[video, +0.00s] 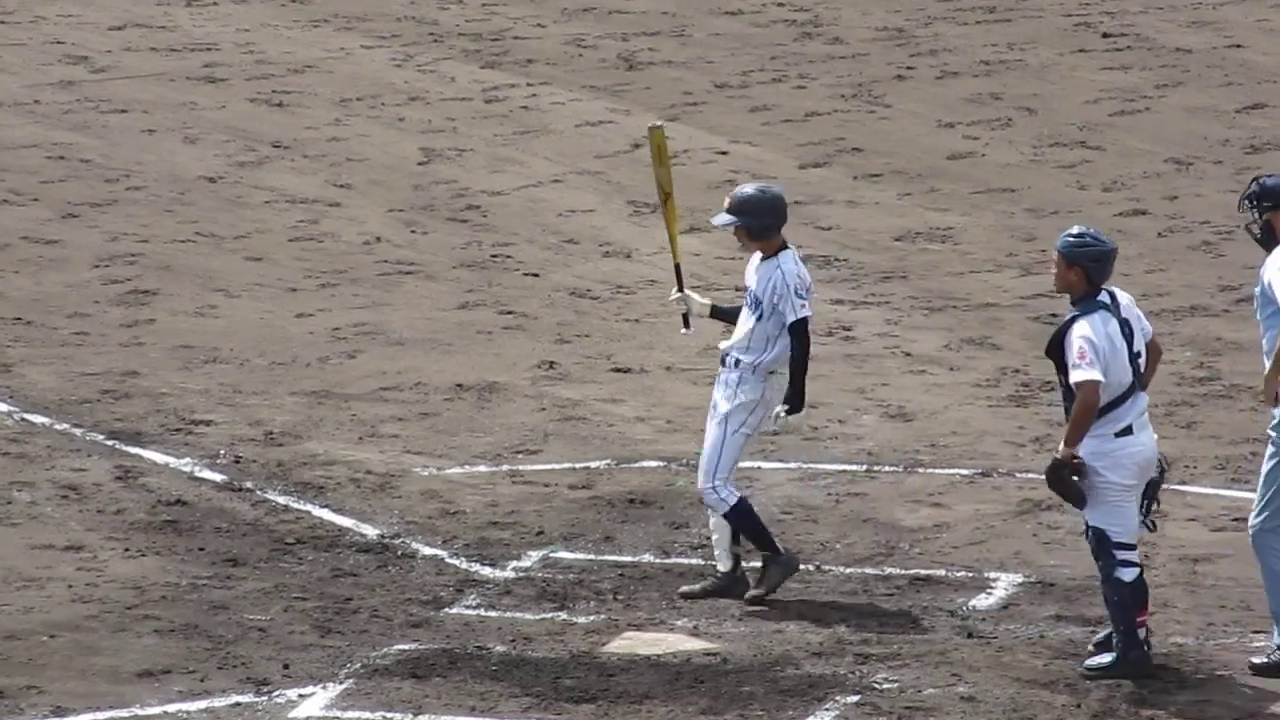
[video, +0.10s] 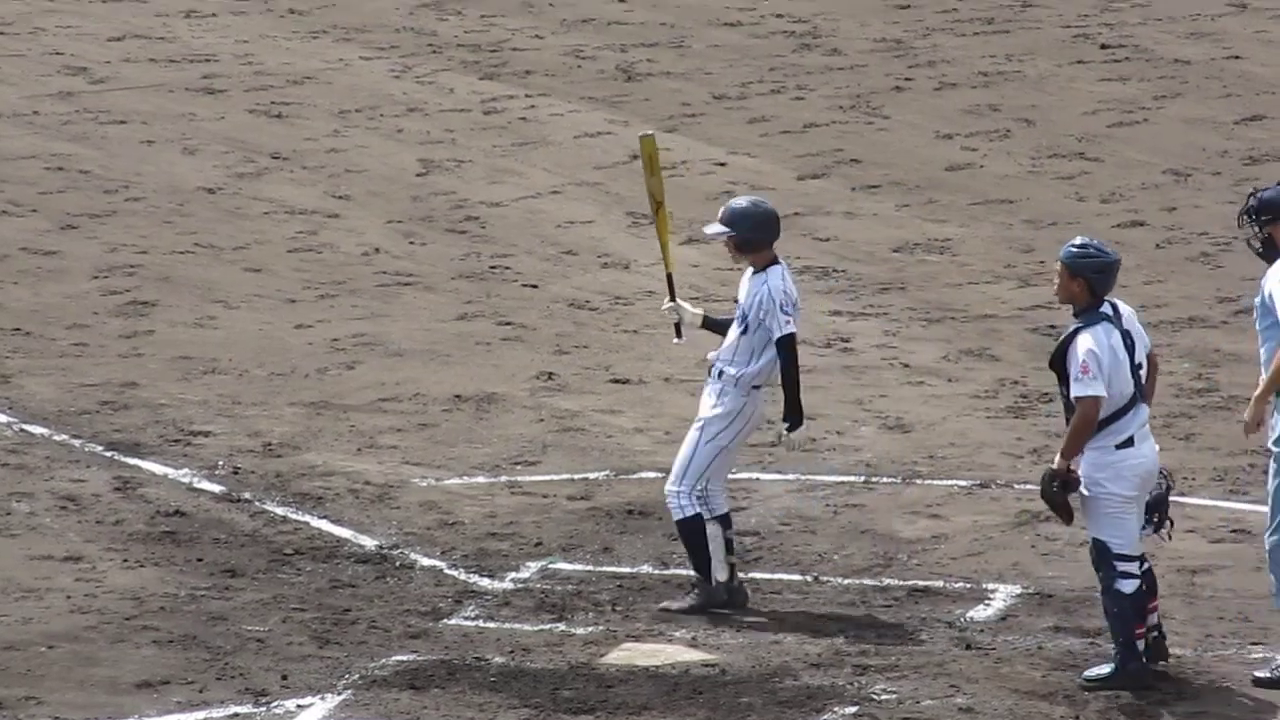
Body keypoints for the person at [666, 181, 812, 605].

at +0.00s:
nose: (735, 233)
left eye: (739, 227)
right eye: (734, 226)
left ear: (760, 227)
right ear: (762, 226)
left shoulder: (788, 273)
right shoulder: (760, 260)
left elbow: (800, 338)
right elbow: (753, 315)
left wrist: (795, 398)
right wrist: (706, 307)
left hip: (751, 387)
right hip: (731, 380)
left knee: (714, 485)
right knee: (710, 481)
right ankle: (728, 573)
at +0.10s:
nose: (725, 243)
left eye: (730, 237)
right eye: (725, 236)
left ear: (748, 239)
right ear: (761, 238)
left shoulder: (774, 287)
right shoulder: (757, 276)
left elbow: (787, 350)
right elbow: (744, 327)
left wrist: (793, 411)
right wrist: (698, 318)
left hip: (735, 399)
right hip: (726, 394)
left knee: (681, 489)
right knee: (708, 487)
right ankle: (725, 580)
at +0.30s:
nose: (722, 290)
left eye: (727, 284)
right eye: (722, 283)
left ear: (746, 288)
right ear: (757, 289)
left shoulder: (769, 337)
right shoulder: (755, 325)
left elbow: (780, 401)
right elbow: (734, 374)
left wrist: (772, 458)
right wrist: (687, 363)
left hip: (723, 446)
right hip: (720, 440)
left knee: (655, 523)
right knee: (694, 529)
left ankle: (624, 617)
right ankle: (725, 622)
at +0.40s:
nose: (722, 302)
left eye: (727, 295)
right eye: (722, 294)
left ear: (746, 298)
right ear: (757, 299)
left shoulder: (769, 347)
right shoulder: (753, 335)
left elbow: (778, 412)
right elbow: (733, 384)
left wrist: (760, 467)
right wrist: (684, 374)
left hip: (721, 455)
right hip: (719, 451)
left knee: (654, 535)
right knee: (695, 543)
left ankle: (630, 630)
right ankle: (725, 631)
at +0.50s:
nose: (719, 302)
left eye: (724, 296)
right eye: (720, 294)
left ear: (742, 299)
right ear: (755, 297)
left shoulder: (770, 345)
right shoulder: (749, 334)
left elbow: (781, 412)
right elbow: (728, 387)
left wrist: (753, 462)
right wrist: (681, 375)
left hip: (726, 456)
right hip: (721, 451)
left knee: (665, 541)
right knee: (701, 546)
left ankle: (656, 641)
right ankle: (728, 636)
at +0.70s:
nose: (723, 317)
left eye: (726, 310)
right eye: (721, 310)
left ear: (744, 307)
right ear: (742, 305)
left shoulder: (778, 339)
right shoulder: (743, 333)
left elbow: (796, 403)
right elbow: (723, 384)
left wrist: (769, 459)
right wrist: (676, 369)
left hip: (746, 454)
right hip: (725, 447)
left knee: (704, 548)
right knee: (707, 544)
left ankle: (729, 645)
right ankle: (727, 634)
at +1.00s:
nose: (735, 334)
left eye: (742, 328)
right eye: (731, 327)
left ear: (762, 319)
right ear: (727, 318)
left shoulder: (796, 345)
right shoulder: (728, 341)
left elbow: (827, 395)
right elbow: (709, 391)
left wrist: (834, 448)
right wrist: (662, 395)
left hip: (771, 461)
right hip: (732, 455)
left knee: (769, 559)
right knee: (719, 555)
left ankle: (795, 662)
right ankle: (736, 646)